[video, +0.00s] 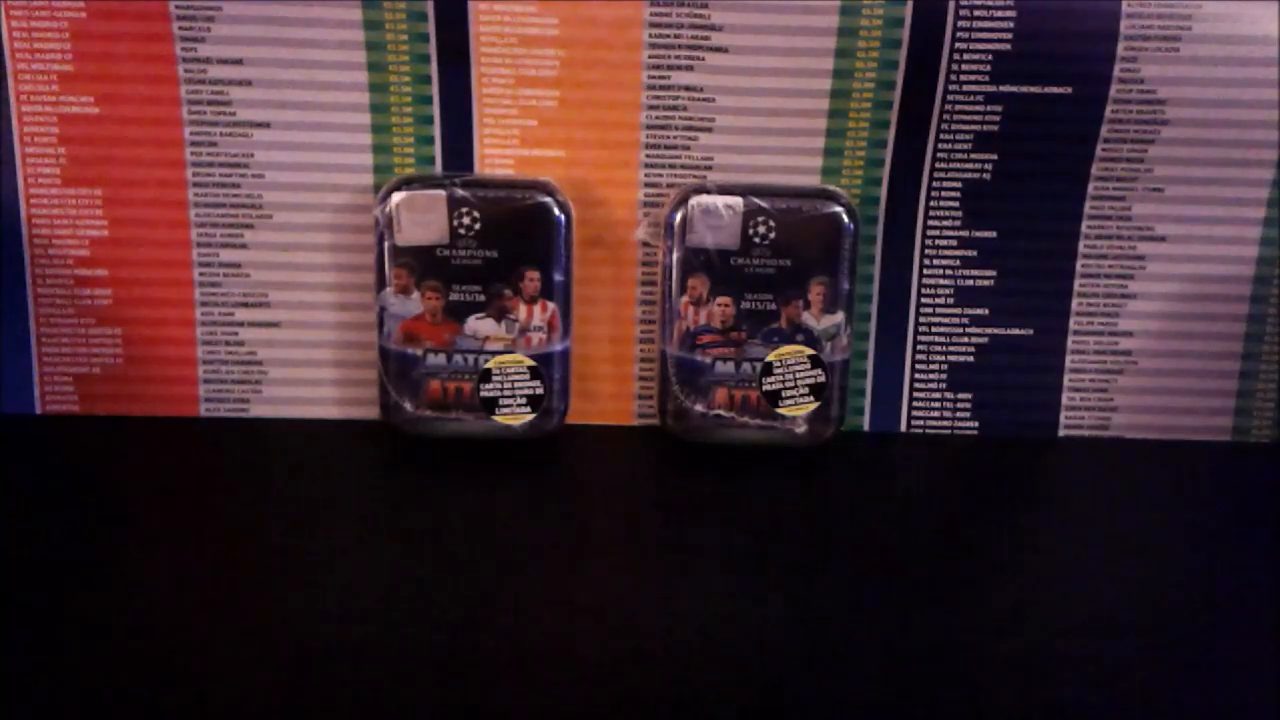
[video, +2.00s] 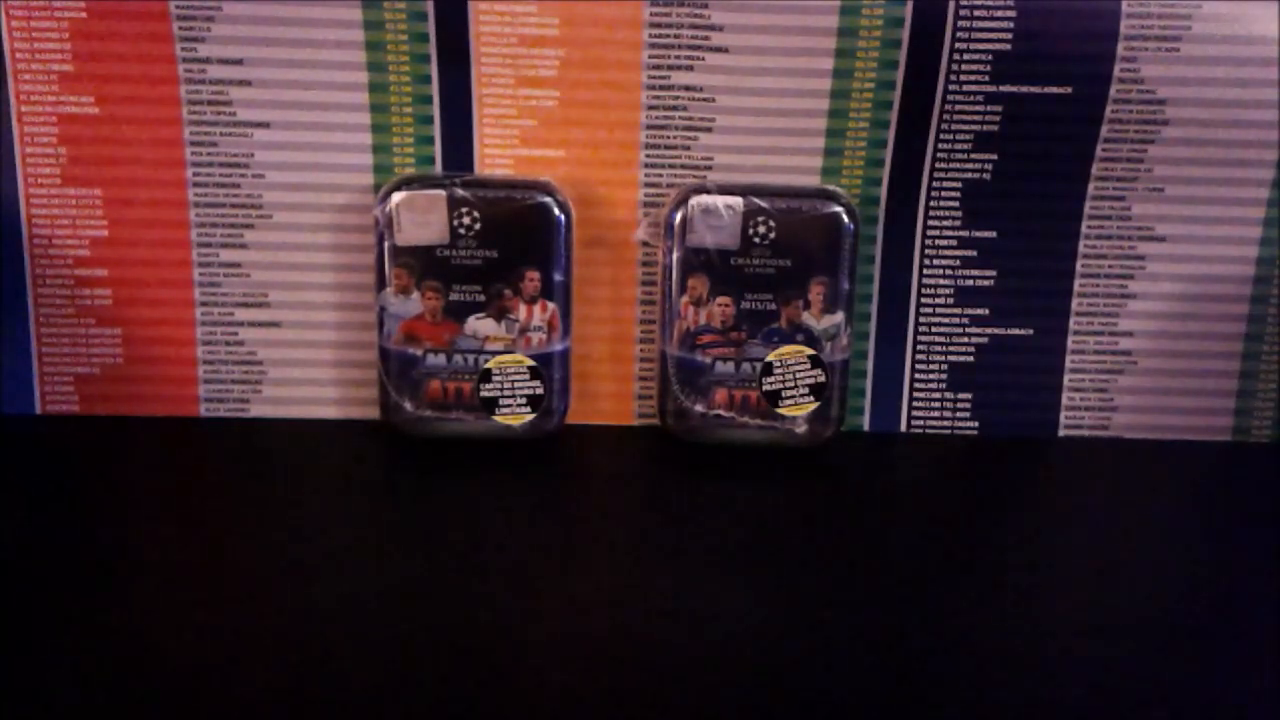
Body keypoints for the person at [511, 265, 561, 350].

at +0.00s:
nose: (536, 285)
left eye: (538, 281)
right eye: (531, 280)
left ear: (541, 283)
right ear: (521, 284)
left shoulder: (551, 308)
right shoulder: (512, 306)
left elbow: (556, 337)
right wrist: (520, 329)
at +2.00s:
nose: (536, 285)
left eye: (538, 281)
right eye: (531, 280)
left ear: (541, 283)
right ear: (521, 284)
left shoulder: (551, 308)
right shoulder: (512, 306)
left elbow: (556, 336)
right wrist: (521, 329)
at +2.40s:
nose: (536, 285)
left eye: (538, 280)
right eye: (531, 280)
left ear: (541, 283)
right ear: (521, 284)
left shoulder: (551, 308)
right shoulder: (511, 305)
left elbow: (556, 336)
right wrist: (520, 329)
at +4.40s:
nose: (536, 285)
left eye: (538, 281)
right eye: (531, 280)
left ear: (541, 283)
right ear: (521, 284)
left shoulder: (551, 308)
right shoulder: (512, 305)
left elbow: (556, 336)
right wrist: (520, 328)